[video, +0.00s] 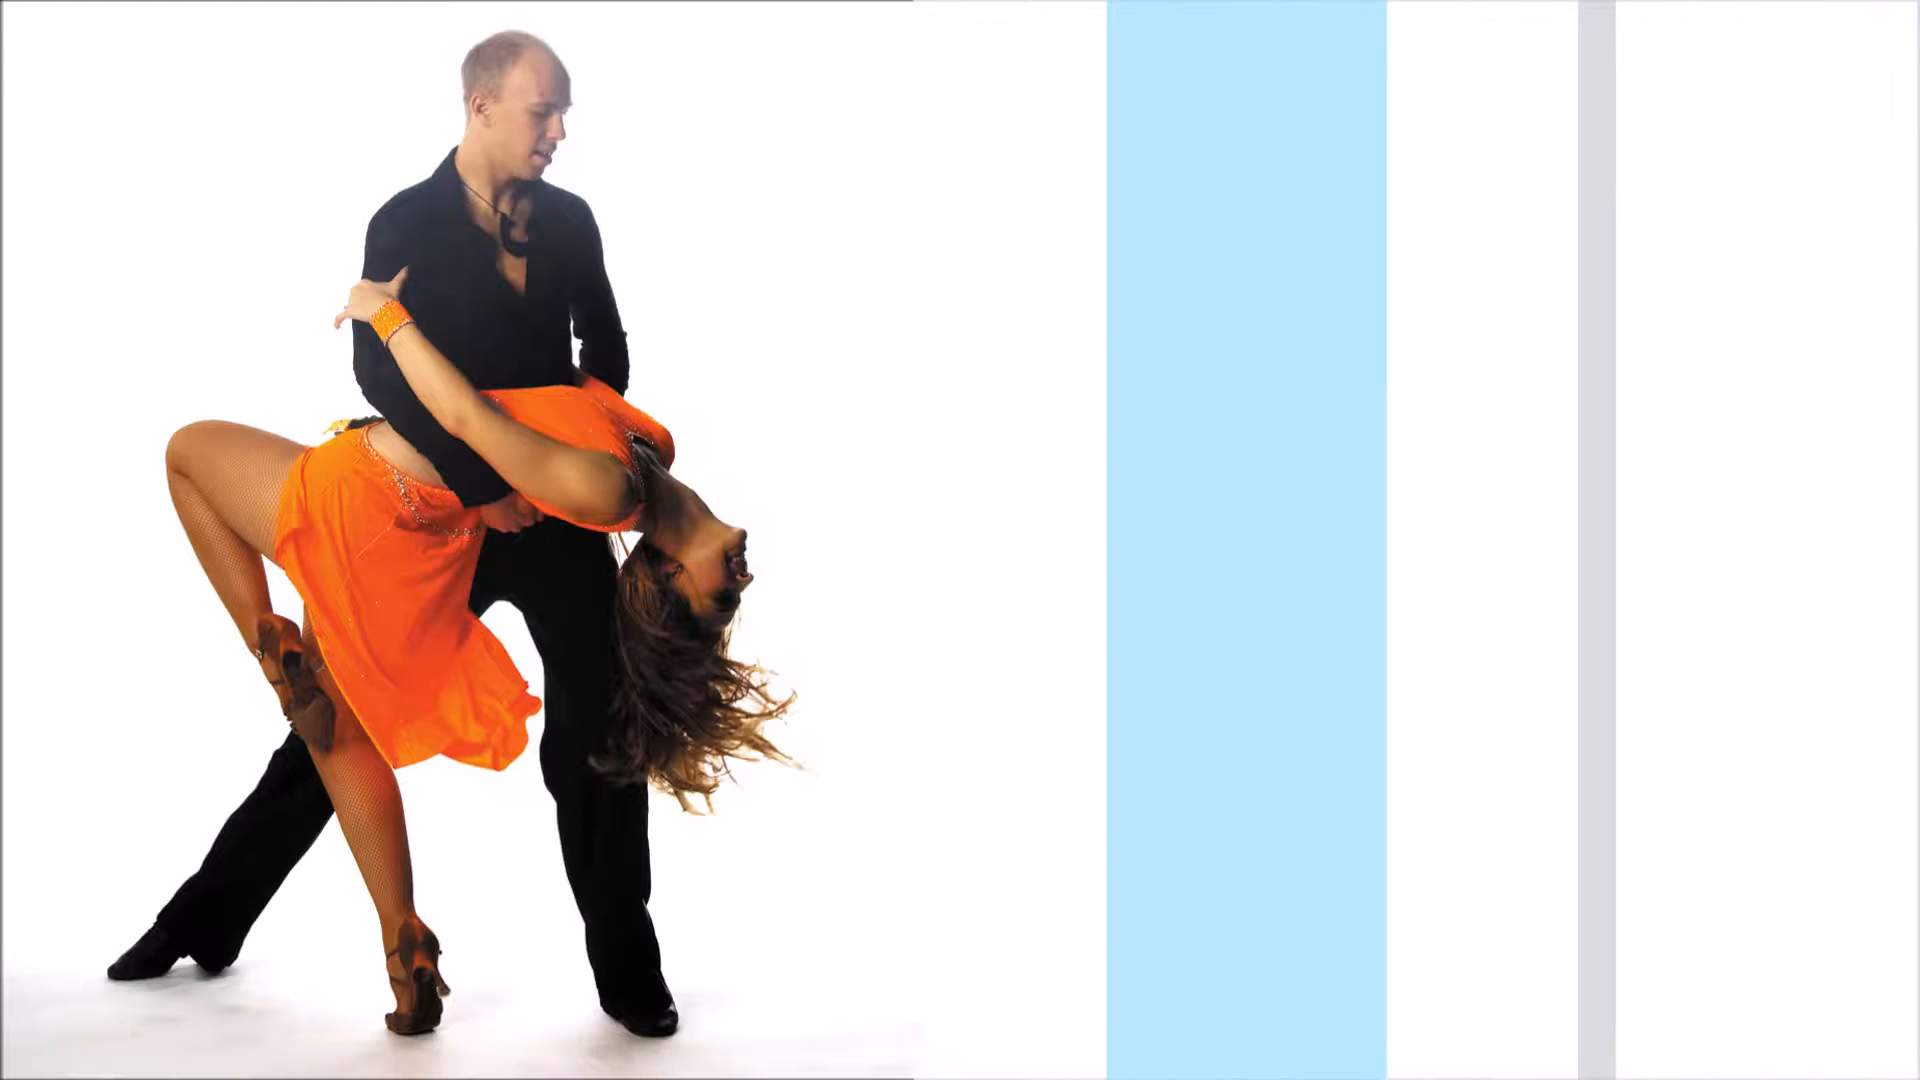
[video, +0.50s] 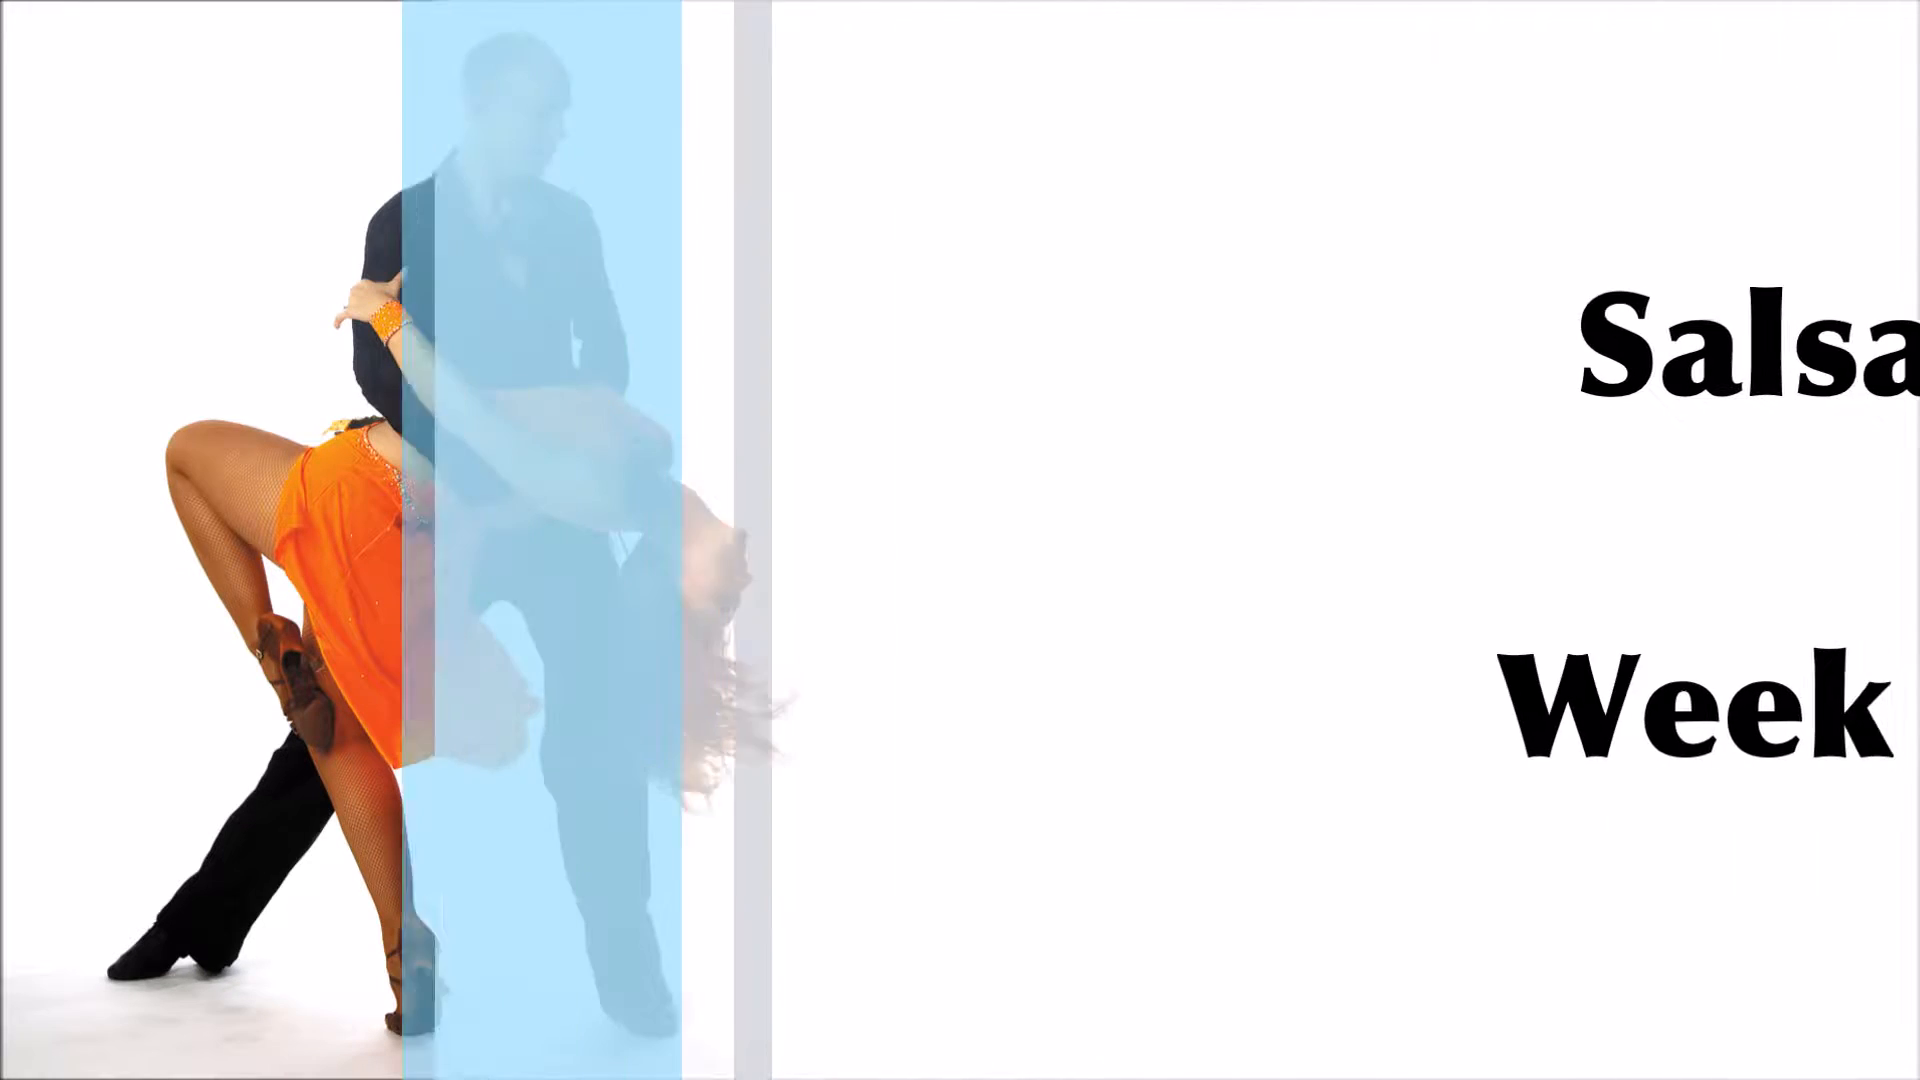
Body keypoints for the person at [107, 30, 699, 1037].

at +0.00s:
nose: (557, 134)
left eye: (563, 117)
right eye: (543, 115)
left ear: (552, 122)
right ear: (478, 109)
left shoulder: (567, 221)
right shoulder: (405, 224)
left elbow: (607, 350)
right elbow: (377, 372)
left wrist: (604, 471)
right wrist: (475, 481)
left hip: (552, 527)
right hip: (441, 524)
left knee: (597, 730)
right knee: (335, 722)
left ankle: (631, 973)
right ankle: (205, 923)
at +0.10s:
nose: (556, 134)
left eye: (563, 116)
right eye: (542, 113)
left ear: (547, 120)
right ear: (479, 109)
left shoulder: (567, 222)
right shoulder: (406, 226)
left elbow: (605, 353)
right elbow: (378, 371)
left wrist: (606, 466)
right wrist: (469, 477)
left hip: (550, 525)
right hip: (440, 522)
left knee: (596, 732)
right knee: (337, 725)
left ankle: (630, 974)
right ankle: (206, 925)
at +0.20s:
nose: (556, 135)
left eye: (562, 119)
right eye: (542, 115)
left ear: (556, 124)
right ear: (479, 109)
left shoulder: (567, 221)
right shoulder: (404, 225)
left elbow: (606, 344)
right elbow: (379, 372)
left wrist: (600, 464)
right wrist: (472, 475)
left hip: (552, 524)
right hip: (441, 523)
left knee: (597, 730)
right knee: (336, 722)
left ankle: (631, 973)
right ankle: (207, 920)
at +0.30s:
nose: (556, 134)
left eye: (561, 117)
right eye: (541, 115)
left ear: (550, 121)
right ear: (477, 111)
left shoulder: (570, 224)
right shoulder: (406, 226)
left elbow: (605, 374)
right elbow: (386, 379)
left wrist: (601, 487)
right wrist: (491, 490)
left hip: (553, 526)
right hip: (439, 520)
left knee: (589, 747)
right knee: (332, 730)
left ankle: (627, 975)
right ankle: (205, 922)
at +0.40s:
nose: (543, 132)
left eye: (547, 113)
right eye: (531, 110)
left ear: (522, 113)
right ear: (481, 108)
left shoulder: (552, 226)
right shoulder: (410, 226)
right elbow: (387, 378)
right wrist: (489, 482)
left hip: (515, 518)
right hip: (395, 510)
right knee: (342, 733)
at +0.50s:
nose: (535, 132)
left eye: (548, 112)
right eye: (517, 110)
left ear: (560, 119)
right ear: (476, 110)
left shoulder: (570, 224)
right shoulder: (407, 222)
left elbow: (604, 360)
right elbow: (383, 374)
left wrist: (603, 473)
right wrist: (469, 469)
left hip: (547, 518)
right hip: (436, 502)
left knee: (596, 727)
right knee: (349, 709)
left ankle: (625, 957)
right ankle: (208, 920)